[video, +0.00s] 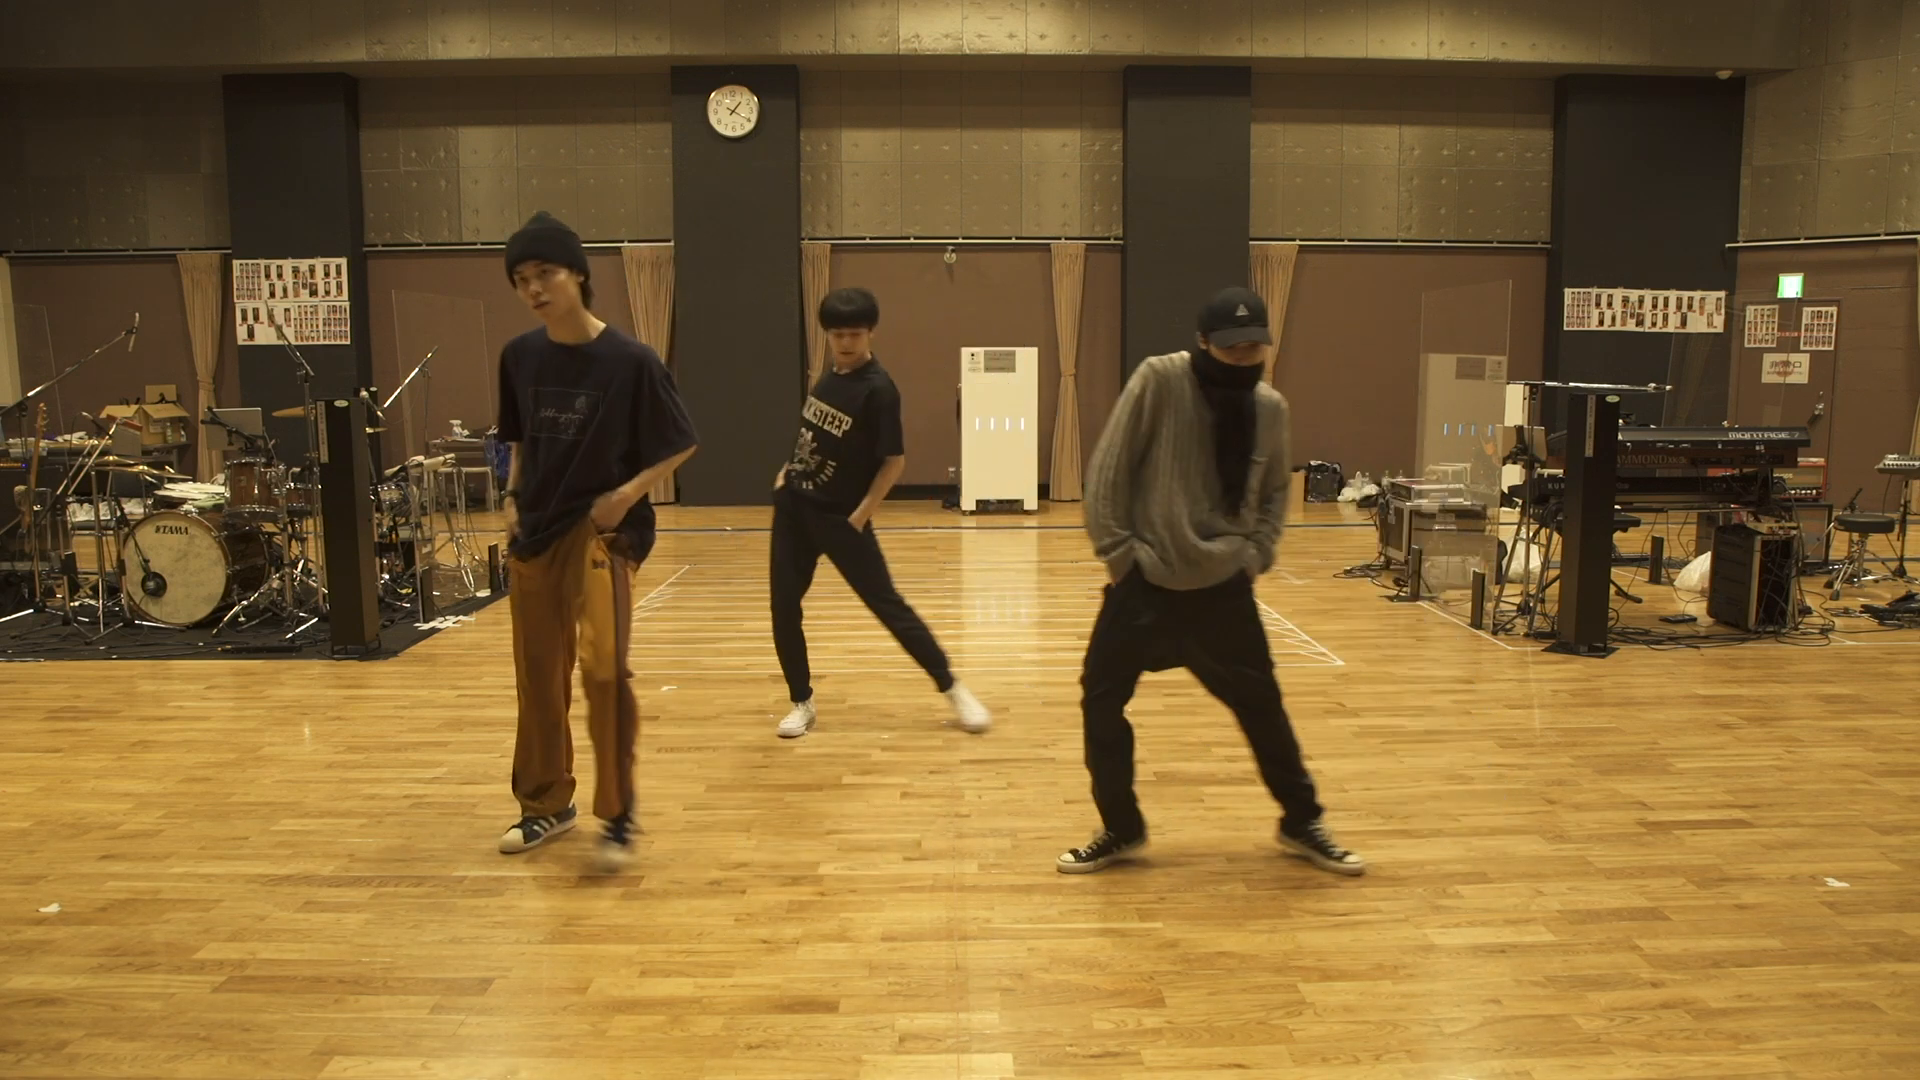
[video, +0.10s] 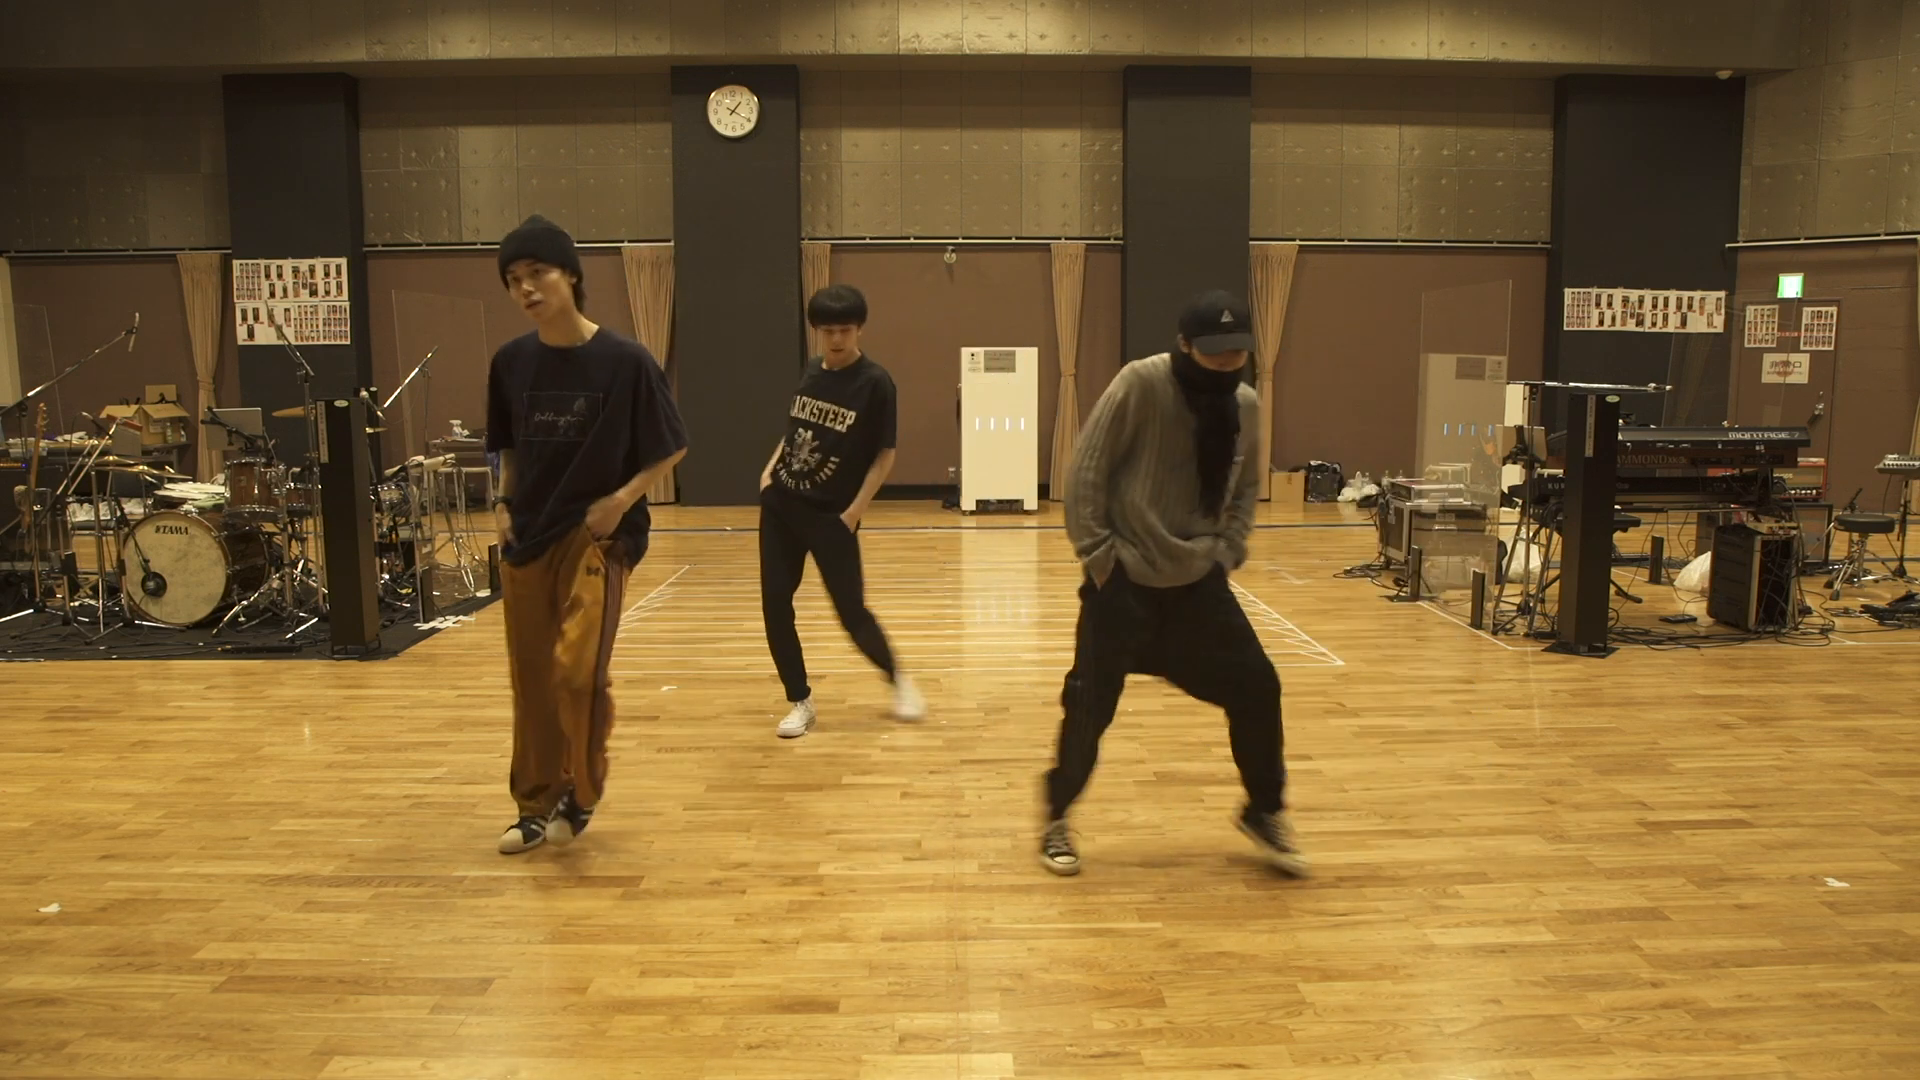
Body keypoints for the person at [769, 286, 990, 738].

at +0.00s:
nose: (844, 344)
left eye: (853, 335)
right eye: (837, 335)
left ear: (871, 334)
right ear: (826, 334)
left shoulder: (880, 390)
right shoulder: (829, 373)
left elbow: (895, 461)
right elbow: (816, 435)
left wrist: (860, 516)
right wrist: (787, 472)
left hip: (841, 519)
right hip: (794, 508)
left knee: (887, 606)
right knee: (783, 607)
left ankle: (953, 690)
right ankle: (801, 704)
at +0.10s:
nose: (835, 339)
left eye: (843, 330)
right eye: (827, 330)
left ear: (859, 330)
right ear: (816, 332)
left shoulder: (877, 383)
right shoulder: (811, 373)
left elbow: (886, 455)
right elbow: (795, 433)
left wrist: (854, 511)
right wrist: (769, 470)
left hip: (831, 516)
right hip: (781, 506)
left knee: (851, 614)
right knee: (775, 607)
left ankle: (898, 679)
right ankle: (800, 703)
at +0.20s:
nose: (826, 338)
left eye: (835, 329)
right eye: (818, 329)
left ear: (850, 329)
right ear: (805, 329)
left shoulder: (870, 377)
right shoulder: (788, 372)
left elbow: (881, 440)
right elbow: (773, 426)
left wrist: (859, 496)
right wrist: (756, 467)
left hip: (831, 511)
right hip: (778, 504)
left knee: (825, 610)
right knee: (775, 604)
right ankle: (798, 700)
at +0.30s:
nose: (818, 343)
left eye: (826, 333)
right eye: (809, 333)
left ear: (835, 333)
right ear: (791, 330)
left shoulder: (854, 376)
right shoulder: (767, 388)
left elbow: (873, 434)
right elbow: (738, 442)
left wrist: (866, 502)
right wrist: (741, 488)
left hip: (842, 517)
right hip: (788, 516)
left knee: (797, 605)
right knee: (799, 599)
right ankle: (794, 685)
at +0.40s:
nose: (815, 340)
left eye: (822, 332)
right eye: (806, 331)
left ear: (831, 336)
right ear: (786, 332)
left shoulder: (849, 386)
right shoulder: (766, 405)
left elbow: (880, 432)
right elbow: (742, 470)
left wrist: (870, 492)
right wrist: (752, 532)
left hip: (836, 519)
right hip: (789, 518)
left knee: (784, 608)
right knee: (830, 596)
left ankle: (727, 685)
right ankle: (817, 681)